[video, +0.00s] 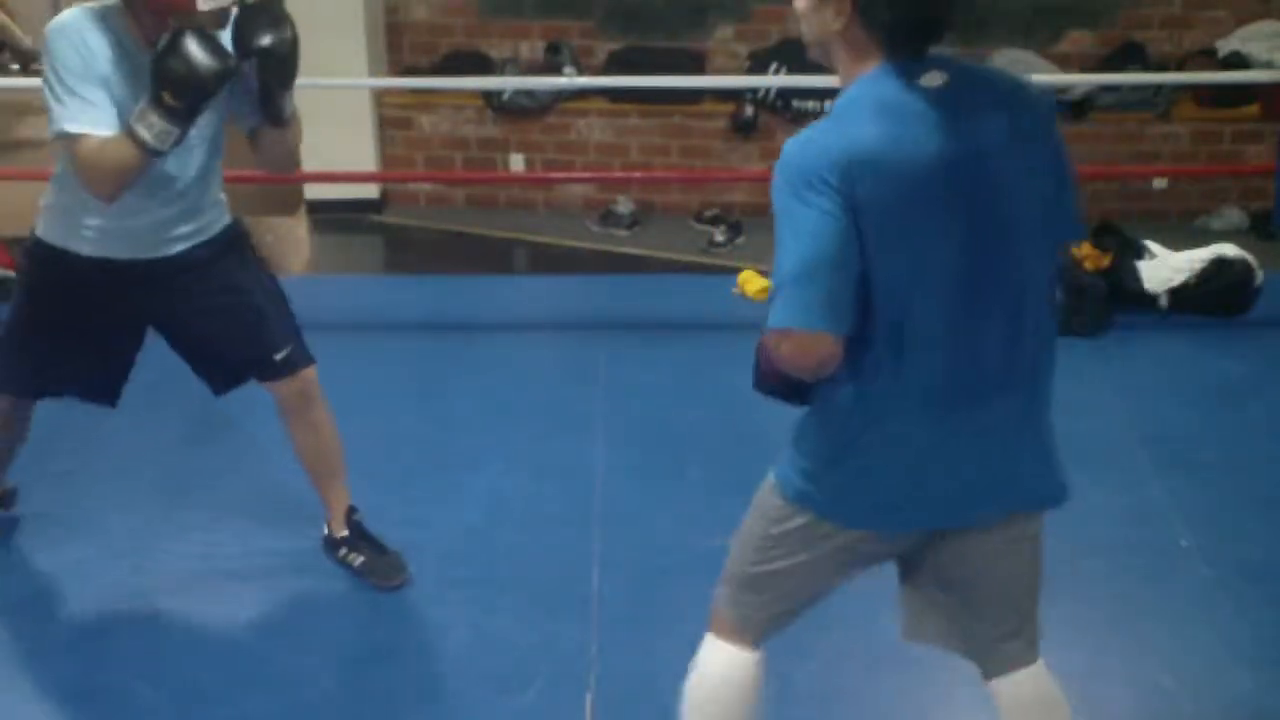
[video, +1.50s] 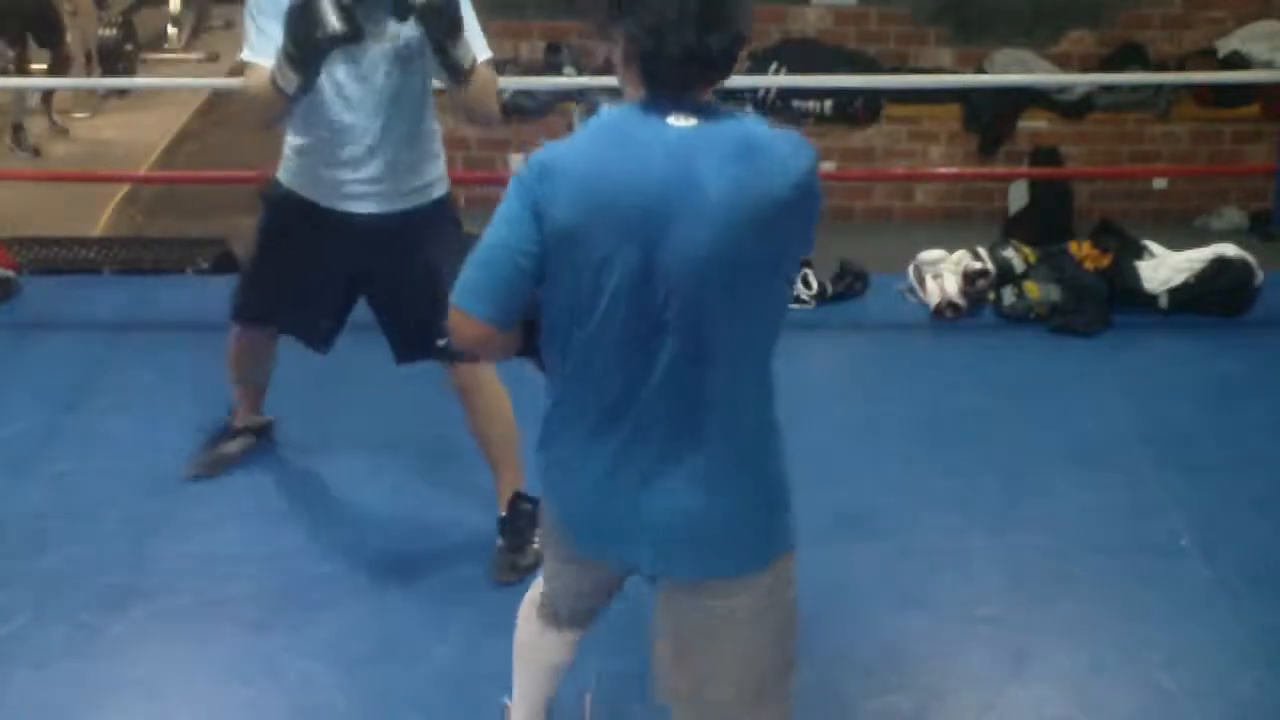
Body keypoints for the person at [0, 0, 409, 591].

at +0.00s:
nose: (199, 9)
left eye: (205, 6)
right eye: (184, 5)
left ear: (211, 5)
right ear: (144, 1)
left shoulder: (227, 30)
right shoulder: (76, 35)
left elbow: (278, 160)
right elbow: (100, 177)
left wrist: (275, 87)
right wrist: (168, 107)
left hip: (198, 243)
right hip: (79, 250)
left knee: (297, 379)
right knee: (12, 394)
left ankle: (342, 527)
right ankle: (0, 496)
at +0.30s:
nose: (149, 8)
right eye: (129, 3)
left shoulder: (195, 11)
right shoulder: (42, 28)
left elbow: (238, 138)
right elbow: (61, 169)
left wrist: (236, 99)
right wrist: (128, 110)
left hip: (205, 229)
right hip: (89, 244)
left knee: (309, 364)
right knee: (43, 391)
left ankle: (351, 520)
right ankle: (60, 481)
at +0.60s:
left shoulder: (254, 14)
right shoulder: (103, 21)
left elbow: (324, 135)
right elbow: (110, 157)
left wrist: (304, 70)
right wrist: (172, 88)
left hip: (253, 235)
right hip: (134, 242)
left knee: (346, 377)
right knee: (75, 382)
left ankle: (424, 516)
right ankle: (59, 476)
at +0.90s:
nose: (273, 2)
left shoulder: (350, 11)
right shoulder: (197, 11)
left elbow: (389, 147)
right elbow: (205, 141)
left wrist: (380, 82)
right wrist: (274, 79)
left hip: (312, 220)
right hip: (199, 218)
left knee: (385, 368)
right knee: (141, 351)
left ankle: (430, 519)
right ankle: (161, 433)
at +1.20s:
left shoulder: (333, 4)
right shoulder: (182, 7)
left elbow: (381, 108)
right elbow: (184, 127)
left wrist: (368, 63)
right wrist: (242, 65)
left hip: (331, 208)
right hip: (222, 213)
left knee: (414, 353)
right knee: (181, 355)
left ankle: (487, 495)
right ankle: (193, 437)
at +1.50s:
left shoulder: (435, 4)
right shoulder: (280, 5)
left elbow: (486, 110)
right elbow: (262, 111)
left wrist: (449, 41)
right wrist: (299, 57)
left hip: (413, 199)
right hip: (309, 195)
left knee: (463, 357)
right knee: (254, 318)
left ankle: (516, 505)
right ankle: (246, 421)